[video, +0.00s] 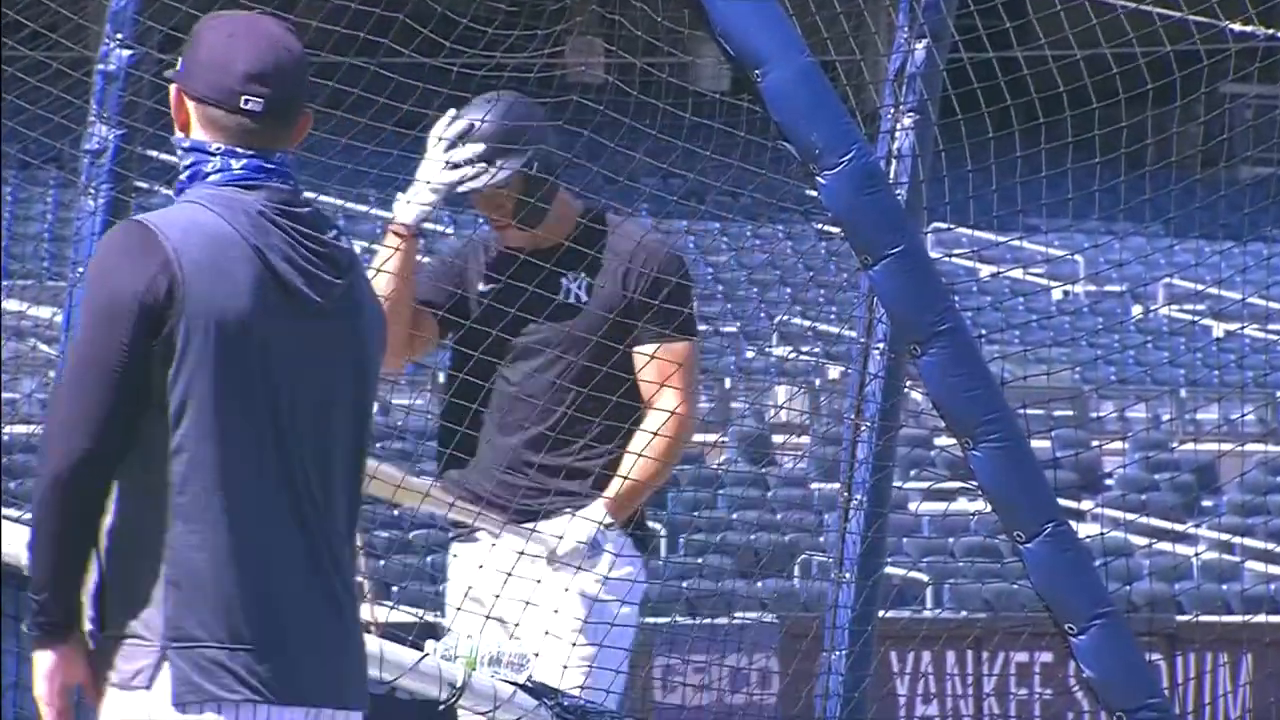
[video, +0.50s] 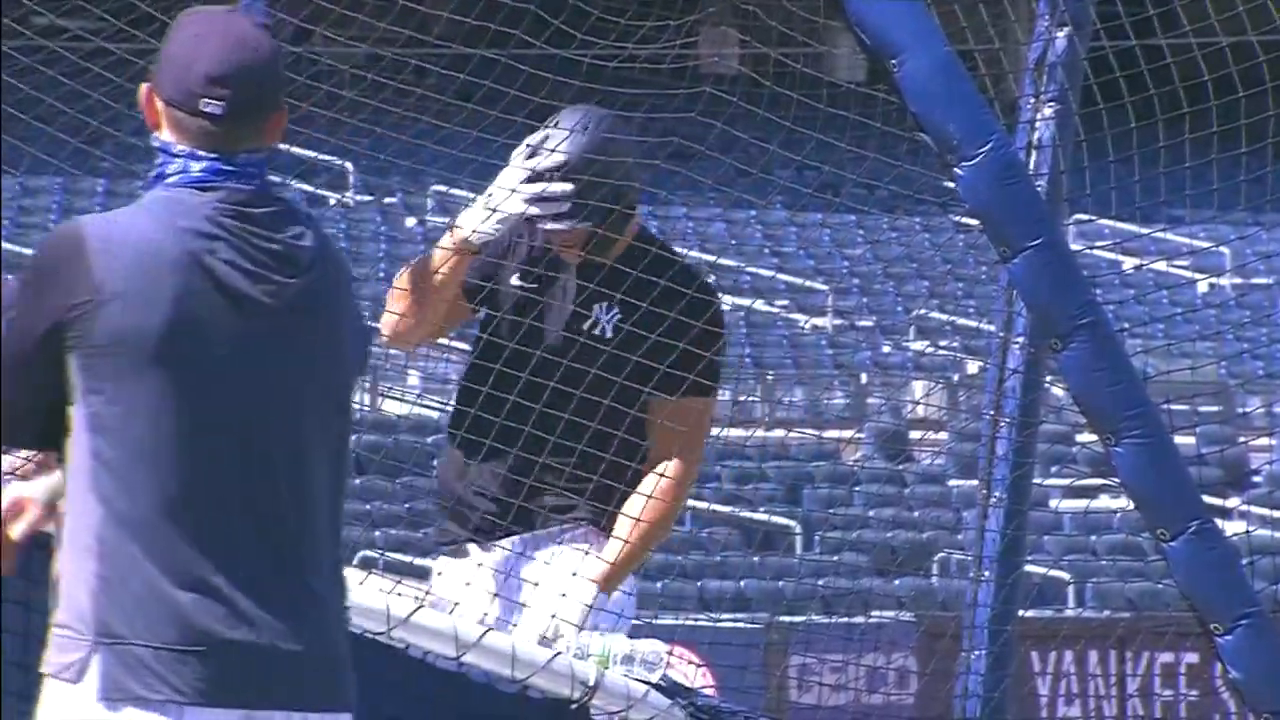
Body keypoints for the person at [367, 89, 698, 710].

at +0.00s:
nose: (490, 216)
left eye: (500, 197)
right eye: (475, 202)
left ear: (544, 175)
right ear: (460, 194)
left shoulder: (642, 259)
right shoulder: (468, 264)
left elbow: (671, 408)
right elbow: (381, 349)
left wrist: (604, 512)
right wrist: (408, 215)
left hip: (586, 547)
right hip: (480, 544)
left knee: (571, 708)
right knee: (477, 708)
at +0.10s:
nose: (499, 215)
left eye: (513, 196)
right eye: (482, 200)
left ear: (554, 172)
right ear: (465, 188)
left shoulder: (639, 261)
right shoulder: (469, 257)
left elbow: (669, 417)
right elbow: (377, 336)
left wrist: (599, 527)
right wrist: (411, 206)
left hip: (569, 550)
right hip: (466, 548)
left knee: (546, 712)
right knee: (480, 709)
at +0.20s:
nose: (512, 210)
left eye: (526, 192)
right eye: (501, 193)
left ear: (570, 177)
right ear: (484, 185)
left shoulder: (658, 269)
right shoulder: (480, 254)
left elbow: (683, 424)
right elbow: (383, 337)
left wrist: (610, 545)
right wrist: (432, 208)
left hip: (581, 557)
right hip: (477, 561)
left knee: (570, 710)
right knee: (481, 708)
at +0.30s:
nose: (531, 220)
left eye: (546, 204)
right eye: (521, 203)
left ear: (591, 194)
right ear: (507, 196)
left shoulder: (673, 296)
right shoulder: (499, 253)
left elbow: (692, 453)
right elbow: (400, 339)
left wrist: (618, 565)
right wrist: (458, 216)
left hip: (582, 563)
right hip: (481, 556)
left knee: (581, 708)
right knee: (496, 705)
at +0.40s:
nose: (556, 231)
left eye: (570, 216)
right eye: (545, 214)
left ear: (613, 200)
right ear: (530, 203)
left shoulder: (687, 298)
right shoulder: (520, 245)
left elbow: (695, 458)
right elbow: (410, 337)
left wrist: (610, 570)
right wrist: (469, 231)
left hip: (588, 554)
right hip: (491, 551)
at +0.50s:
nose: (552, 231)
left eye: (567, 216)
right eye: (543, 213)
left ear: (615, 207)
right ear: (526, 200)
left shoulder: (678, 298)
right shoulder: (516, 248)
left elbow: (673, 460)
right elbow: (398, 328)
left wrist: (594, 585)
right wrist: (485, 218)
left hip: (577, 543)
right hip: (471, 532)